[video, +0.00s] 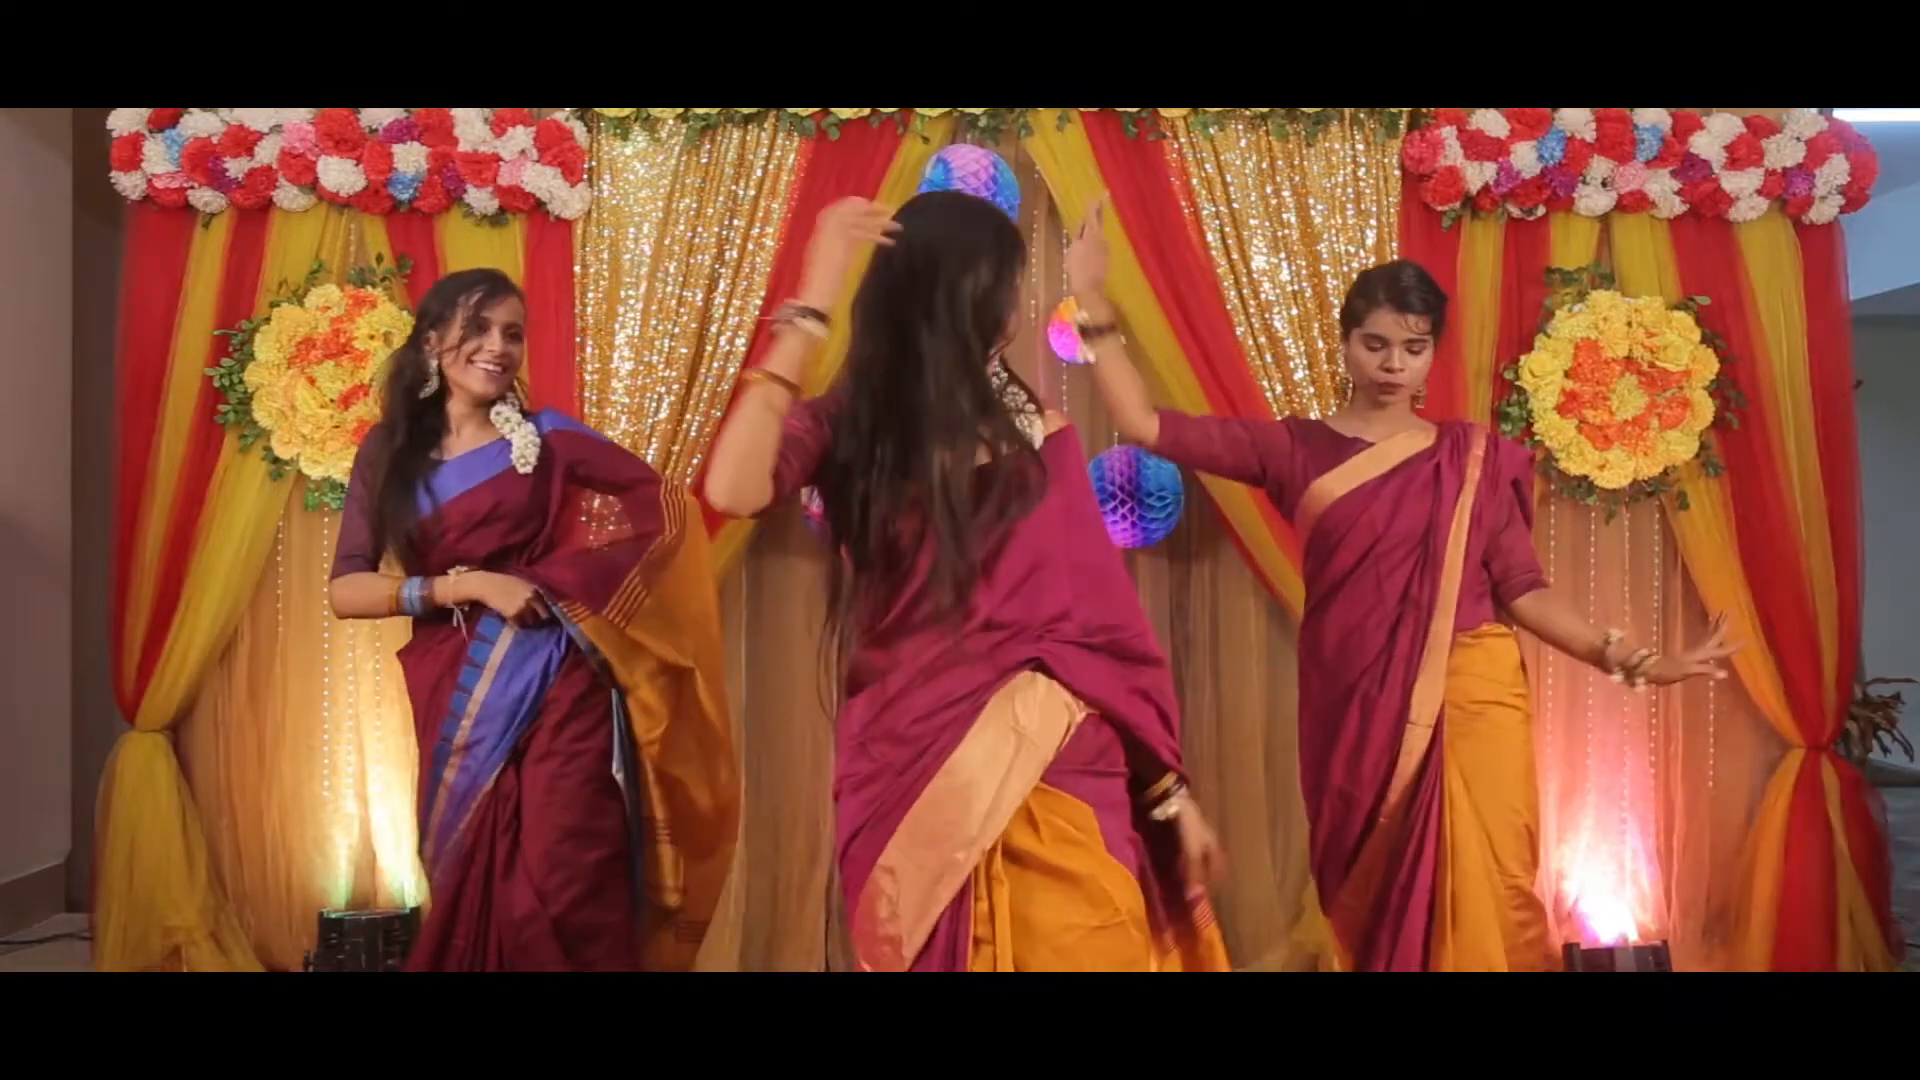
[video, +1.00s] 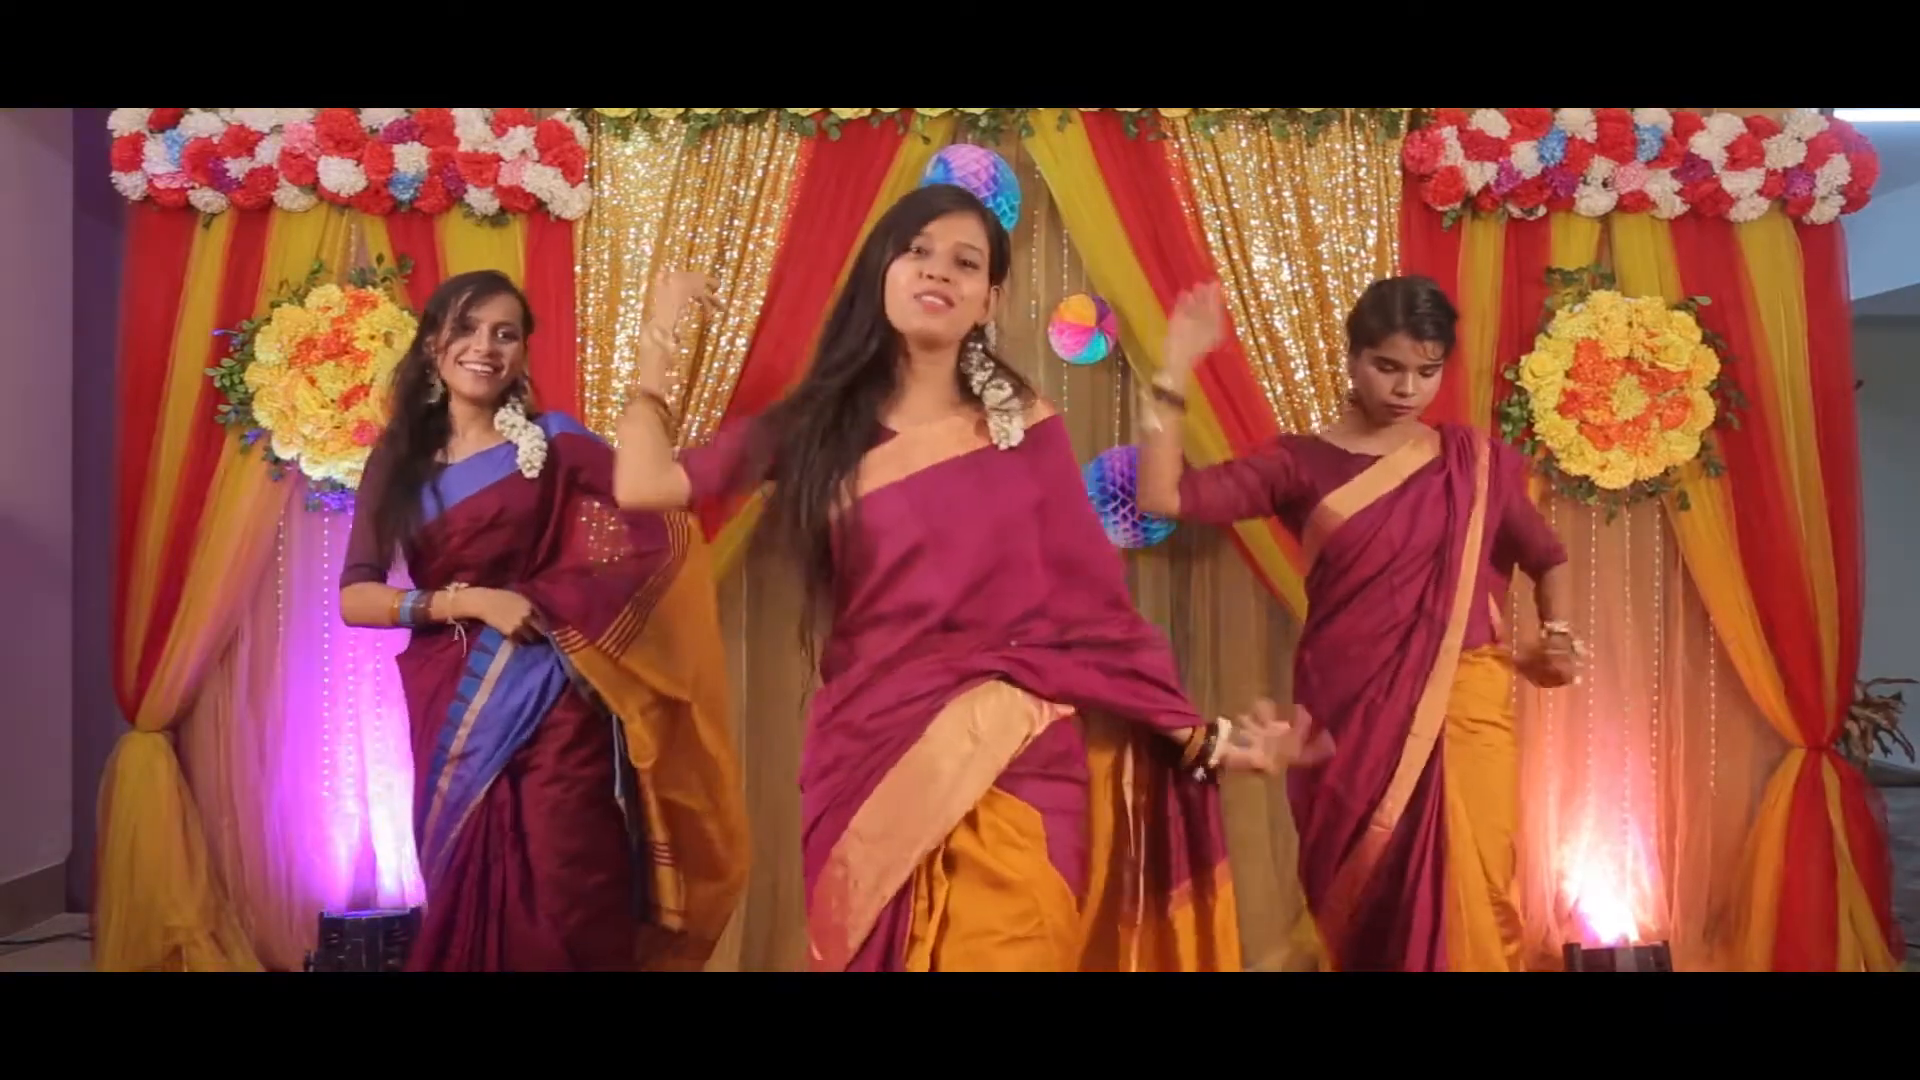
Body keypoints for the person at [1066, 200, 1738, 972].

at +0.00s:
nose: (1391, 363)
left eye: (1411, 347)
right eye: (1374, 342)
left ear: (1433, 350)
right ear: (1344, 340)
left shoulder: (1475, 453)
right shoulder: (1298, 448)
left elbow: (1524, 593)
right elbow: (1141, 425)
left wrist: (1629, 659)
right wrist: (1094, 319)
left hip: (1479, 689)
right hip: (1359, 701)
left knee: (1487, 892)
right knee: (1371, 900)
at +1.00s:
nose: (1407, 388)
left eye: (1425, 370)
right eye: (1388, 367)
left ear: (1444, 365)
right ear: (1352, 358)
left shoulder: (1474, 457)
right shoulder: (1305, 461)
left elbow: (1550, 559)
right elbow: (1162, 495)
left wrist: (1557, 637)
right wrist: (1174, 369)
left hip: (1468, 706)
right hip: (1352, 716)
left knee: (1473, 907)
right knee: (1359, 915)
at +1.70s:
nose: (1411, 356)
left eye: (1430, 340)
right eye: (1392, 336)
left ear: (1451, 346)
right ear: (1360, 337)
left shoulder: (1493, 440)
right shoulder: (1321, 447)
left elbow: (1564, 542)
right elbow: (1243, 541)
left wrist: (1561, 630)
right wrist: (1280, 426)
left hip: (1480, 693)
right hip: (1363, 702)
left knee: (1488, 901)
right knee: (1366, 910)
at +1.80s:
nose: (1411, 352)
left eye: (1430, 335)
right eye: (1392, 332)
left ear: (1451, 343)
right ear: (1361, 336)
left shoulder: (1492, 440)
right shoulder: (1315, 444)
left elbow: (1564, 550)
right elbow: (1257, 580)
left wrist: (1569, 639)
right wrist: (1284, 520)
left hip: (1483, 691)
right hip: (1364, 700)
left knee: (1492, 904)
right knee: (1370, 907)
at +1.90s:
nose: (1412, 357)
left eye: (1431, 341)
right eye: (1394, 338)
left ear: (1451, 350)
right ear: (1360, 344)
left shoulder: (1497, 447)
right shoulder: (1312, 465)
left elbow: (1545, 580)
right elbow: (1289, 615)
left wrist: (1578, 678)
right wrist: (1331, 614)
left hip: (1480, 705)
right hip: (1365, 717)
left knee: (1488, 913)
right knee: (1370, 919)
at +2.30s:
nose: (1417, 342)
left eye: (1436, 327)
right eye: (1398, 323)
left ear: (1452, 342)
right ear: (1361, 333)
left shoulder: (1485, 449)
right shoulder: (1317, 445)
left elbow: (1515, 597)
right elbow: (1307, 575)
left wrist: (1589, 706)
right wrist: (1341, 518)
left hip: (1491, 694)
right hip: (1379, 702)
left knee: (1513, 900)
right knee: (1390, 904)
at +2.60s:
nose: (1420, 354)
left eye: (1435, 337)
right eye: (1398, 337)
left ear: (1455, 353)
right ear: (1361, 352)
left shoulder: (1461, 465)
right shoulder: (1328, 434)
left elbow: (1502, 609)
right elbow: (1344, 552)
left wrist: (1639, 594)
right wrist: (1431, 496)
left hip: (1472, 711)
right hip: (1371, 713)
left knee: (1498, 905)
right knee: (1387, 913)